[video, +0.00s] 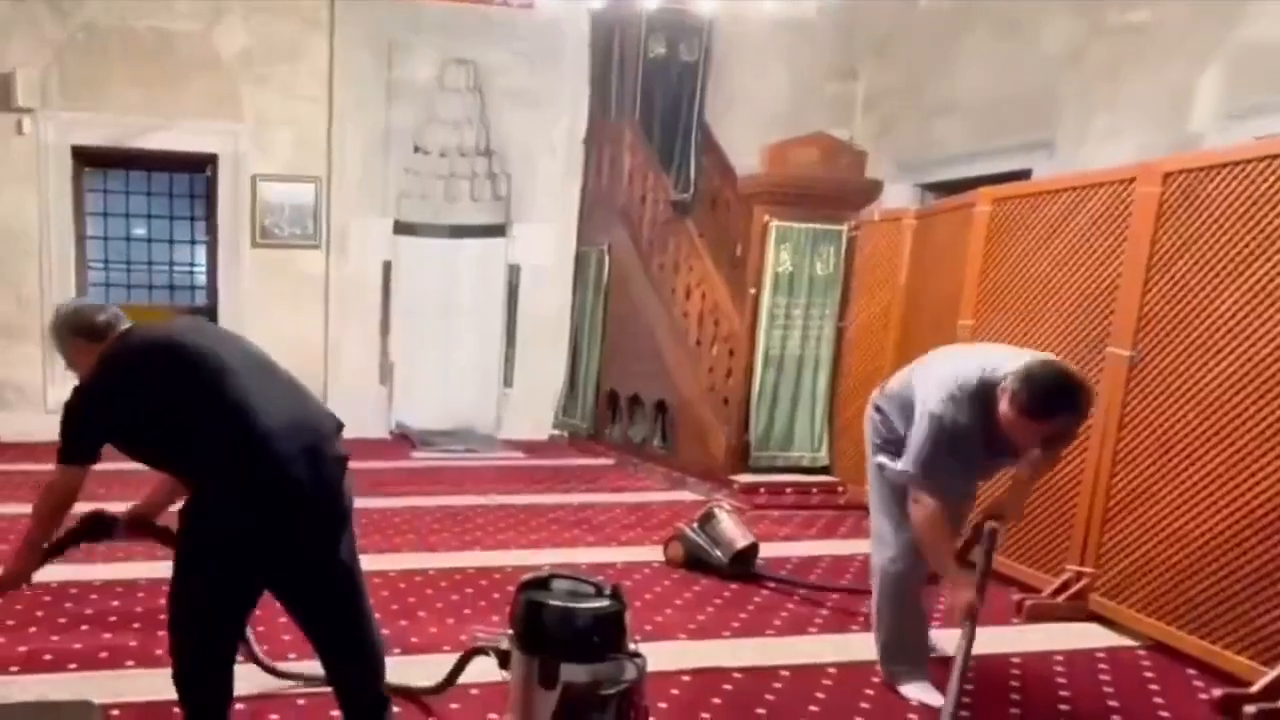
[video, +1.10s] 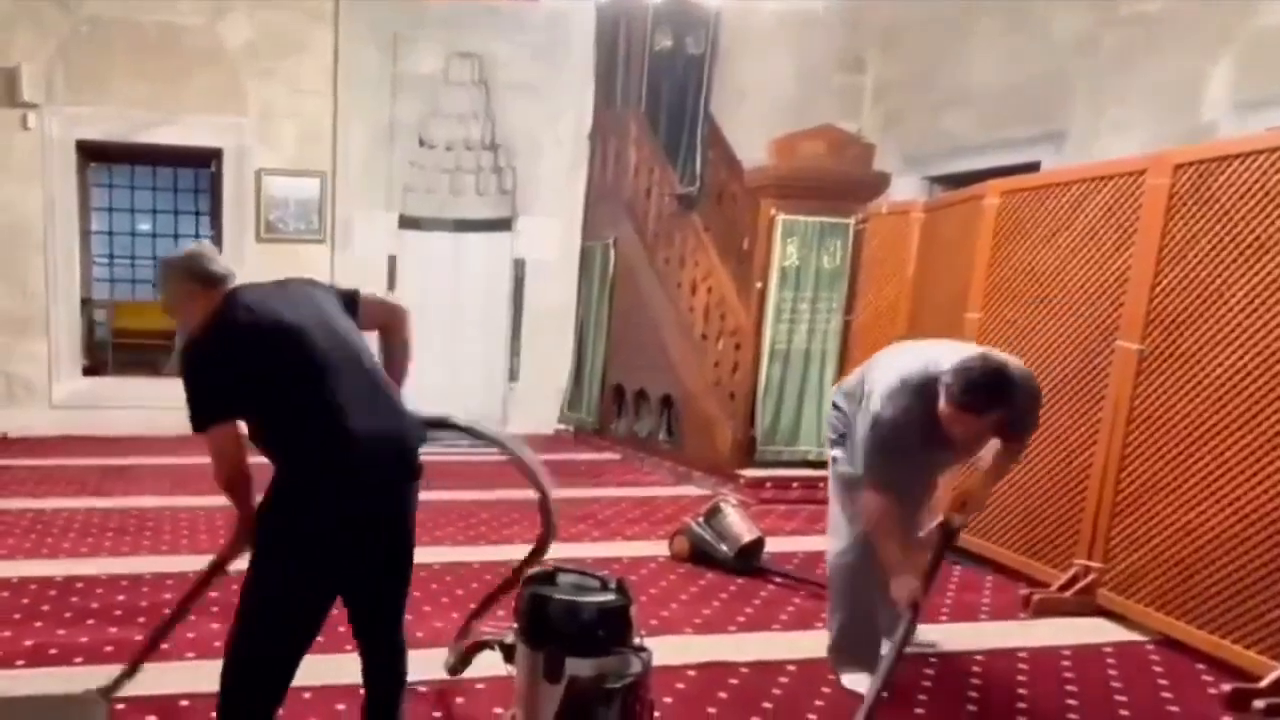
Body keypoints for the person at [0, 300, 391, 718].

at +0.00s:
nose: (75, 371)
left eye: (72, 361)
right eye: (70, 362)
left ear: (81, 349)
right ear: (123, 326)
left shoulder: (97, 388)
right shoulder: (191, 337)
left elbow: (63, 492)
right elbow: (194, 458)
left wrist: (21, 563)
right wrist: (138, 516)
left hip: (237, 495)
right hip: (317, 468)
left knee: (201, 641)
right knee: (345, 628)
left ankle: (206, 714)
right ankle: (371, 709)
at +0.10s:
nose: (87, 371)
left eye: (85, 358)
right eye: (82, 361)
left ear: (95, 343)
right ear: (131, 321)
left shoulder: (112, 386)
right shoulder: (203, 332)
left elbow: (81, 494)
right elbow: (244, 450)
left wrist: (49, 565)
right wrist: (168, 503)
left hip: (246, 489)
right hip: (327, 465)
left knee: (207, 638)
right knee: (351, 627)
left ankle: (208, 715)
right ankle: (372, 710)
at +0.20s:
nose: (106, 370)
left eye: (101, 356)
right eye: (99, 360)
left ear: (113, 335)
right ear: (150, 313)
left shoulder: (127, 385)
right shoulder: (220, 319)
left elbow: (111, 499)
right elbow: (257, 401)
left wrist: (91, 565)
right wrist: (205, 469)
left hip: (256, 494)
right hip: (340, 466)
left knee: (214, 648)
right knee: (358, 631)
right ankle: (374, 712)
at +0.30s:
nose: (129, 355)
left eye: (124, 342)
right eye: (122, 346)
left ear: (137, 327)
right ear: (173, 305)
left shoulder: (151, 376)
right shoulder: (247, 309)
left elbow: (153, 485)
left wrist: (146, 554)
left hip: (275, 488)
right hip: (357, 466)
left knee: (227, 642)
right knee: (369, 637)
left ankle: (217, 715)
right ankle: (378, 708)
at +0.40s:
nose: (160, 340)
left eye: (156, 328)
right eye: (155, 330)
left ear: (167, 317)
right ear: (197, 297)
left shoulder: (178, 367)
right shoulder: (278, 299)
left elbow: (189, 474)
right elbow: (365, 337)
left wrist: (195, 542)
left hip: (299, 483)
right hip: (378, 467)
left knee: (242, 640)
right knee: (381, 639)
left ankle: (218, 712)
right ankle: (386, 713)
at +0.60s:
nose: (195, 329)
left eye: (191, 319)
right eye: (190, 319)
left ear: (199, 307)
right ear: (238, 285)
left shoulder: (219, 356)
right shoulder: (313, 288)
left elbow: (248, 469)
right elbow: (405, 301)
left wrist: (275, 529)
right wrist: (393, 386)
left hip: (334, 468)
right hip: (412, 448)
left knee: (276, 615)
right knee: (396, 610)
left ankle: (225, 711)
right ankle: (389, 712)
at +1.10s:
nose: (177, 322)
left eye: (175, 309)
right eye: (172, 311)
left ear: (191, 296)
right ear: (225, 281)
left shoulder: (204, 348)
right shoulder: (302, 292)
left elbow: (230, 462)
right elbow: (394, 316)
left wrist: (246, 517)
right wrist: (386, 402)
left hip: (317, 478)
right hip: (394, 464)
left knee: (264, 641)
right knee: (382, 630)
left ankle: (242, 716)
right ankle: (384, 712)